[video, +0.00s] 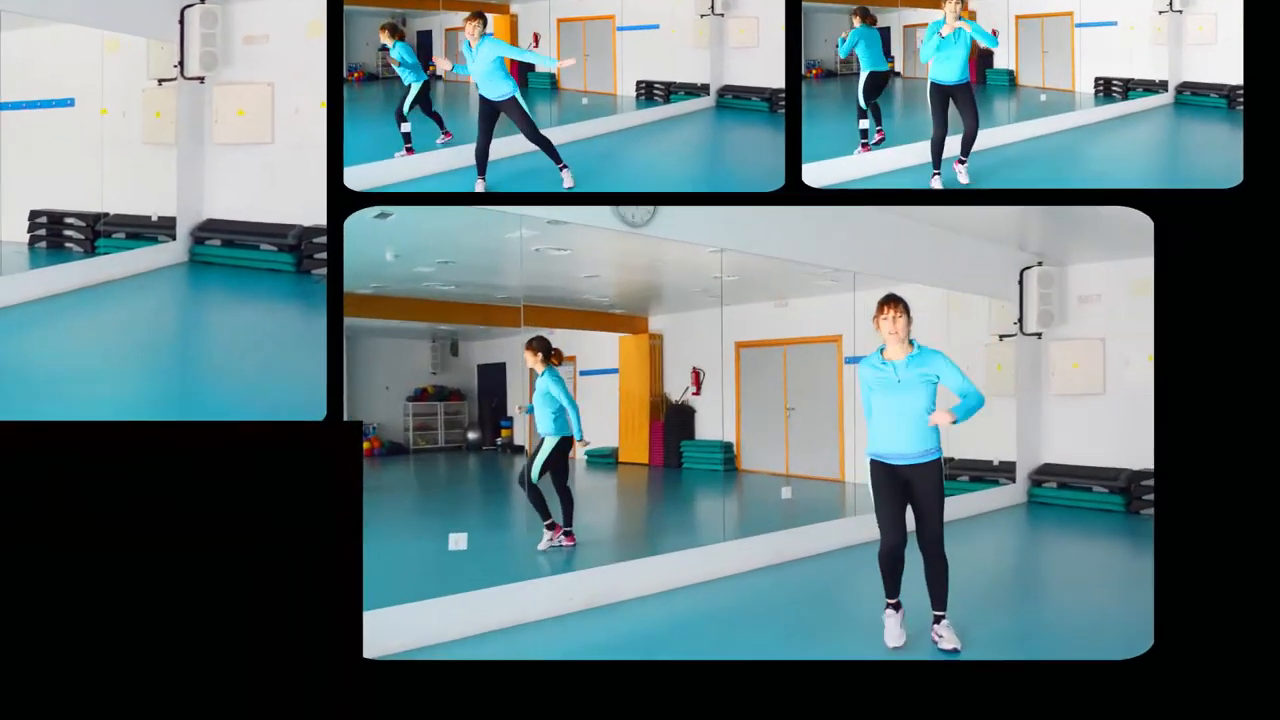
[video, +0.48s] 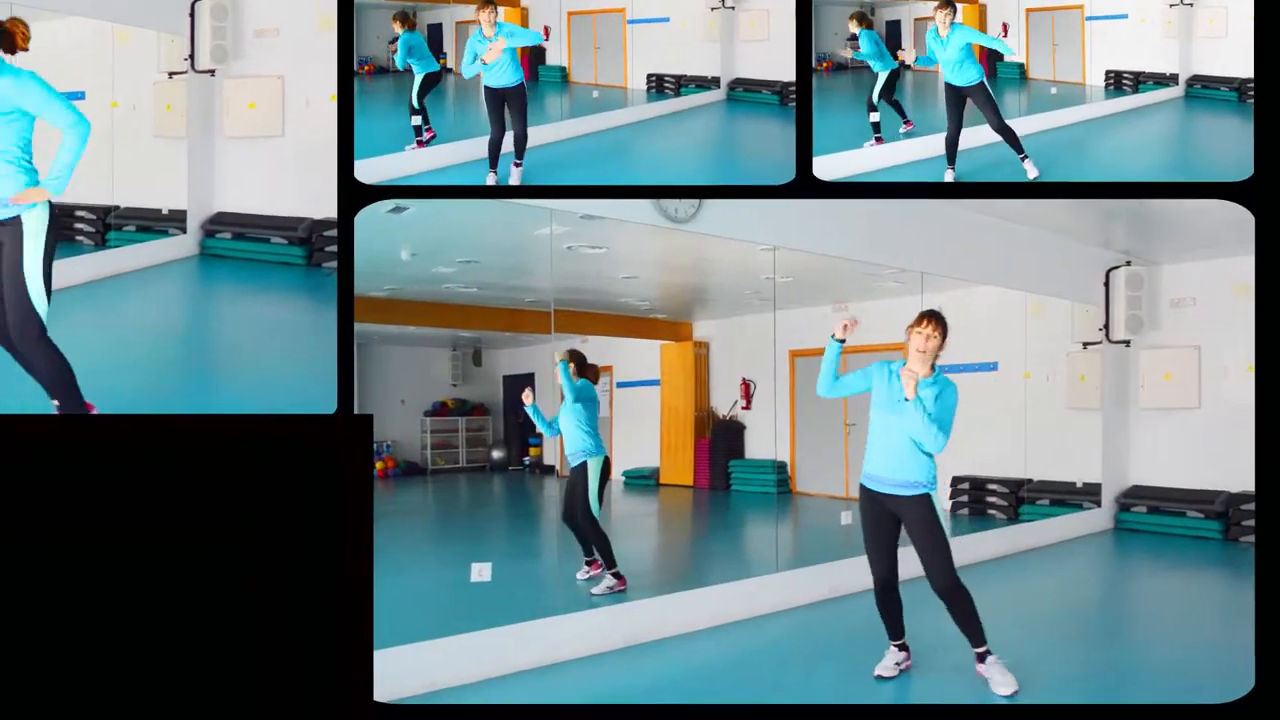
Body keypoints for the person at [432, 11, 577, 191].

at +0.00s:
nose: (472, 29)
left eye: (477, 26)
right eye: (470, 24)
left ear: (483, 30)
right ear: (465, 26)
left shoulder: (493, 45)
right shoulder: (465, 47)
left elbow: (522, 54)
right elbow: (473, 70)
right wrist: (451, 67)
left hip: (508, 97)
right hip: (486, 99)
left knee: (532, 135)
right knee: (483, 141)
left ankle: (563, 169)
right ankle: (480, 180)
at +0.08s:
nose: (474, 32)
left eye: (478, 29)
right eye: (471, 28)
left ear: (486, 32)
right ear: (467, 30)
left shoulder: (496, 47)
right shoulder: (473, 48)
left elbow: (526, 56)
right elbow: (481, 72)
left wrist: (558, 63)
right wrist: (463, 67)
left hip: (513, 99)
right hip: (492, 101)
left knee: (536, 133)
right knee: (483, 141)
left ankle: (566, 169)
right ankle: (482, 179)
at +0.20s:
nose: (476, 27)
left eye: (481, 23)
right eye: (474, 23)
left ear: (489, 27)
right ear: (470, 26)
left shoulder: (501, 42)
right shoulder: (473, 47)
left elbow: (531, 53)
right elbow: (480, 74)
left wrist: (562, 63)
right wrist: (456, 68)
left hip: (515, 95)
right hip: (492, 98)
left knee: (538, 133)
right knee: (488, 138)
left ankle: (568, 167)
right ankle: (485, 177)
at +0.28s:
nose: (479, 21)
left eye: (483, 17)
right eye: (476, 17)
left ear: (490, 20)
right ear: (471, 20)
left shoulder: (502, 36)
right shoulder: (469, 43)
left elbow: (529, 45)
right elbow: (466, 69)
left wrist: (551, 54)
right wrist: (454, 66)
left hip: (514, 89)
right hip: (490, 92)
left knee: (535, 131)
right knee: (491, 136)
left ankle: (560, 164)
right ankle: (487, 176)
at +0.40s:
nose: (483, 18)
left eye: (486, 14)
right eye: (479, 14)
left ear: (492, 16)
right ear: (473, 17)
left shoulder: (504, 31)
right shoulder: (469, 40)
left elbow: (534, 37)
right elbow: (456, 69)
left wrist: (518, 47)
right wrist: (470, 61)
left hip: (513, 87)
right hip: (489, 90)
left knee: (528, 130)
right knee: (493, 133)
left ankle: (531, 164)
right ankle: (488, 175)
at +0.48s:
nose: (488, 16)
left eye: (492, 12)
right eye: (484, 12)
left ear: (496, 14)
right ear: (478, 15)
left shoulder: (506, 29)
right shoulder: (474, 40)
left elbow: (538, 37)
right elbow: (466, 72)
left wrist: (506, 43)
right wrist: (485, 59)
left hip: (515, 86)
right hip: (492, 88)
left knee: (520, 129)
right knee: (497, 131)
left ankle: (517, 167)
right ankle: (492, 173)